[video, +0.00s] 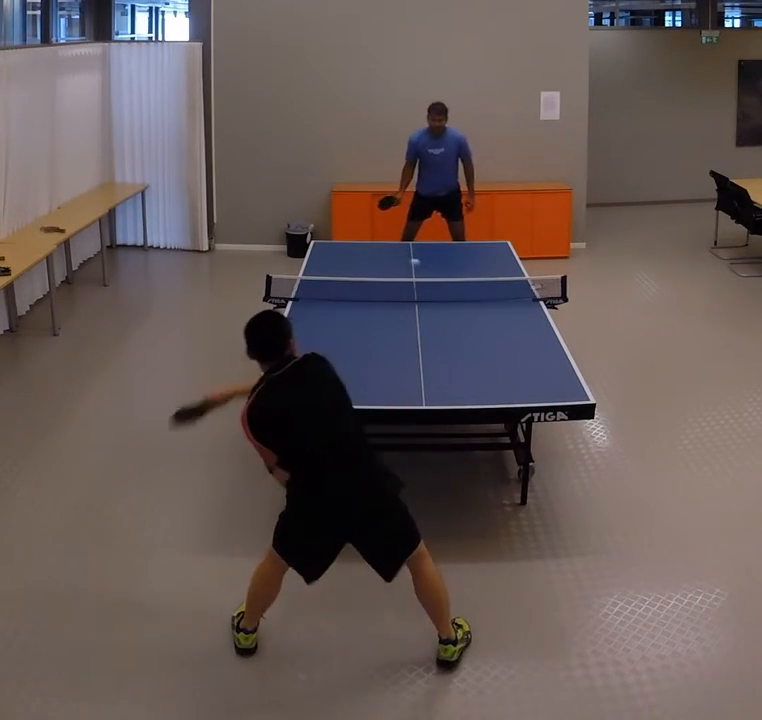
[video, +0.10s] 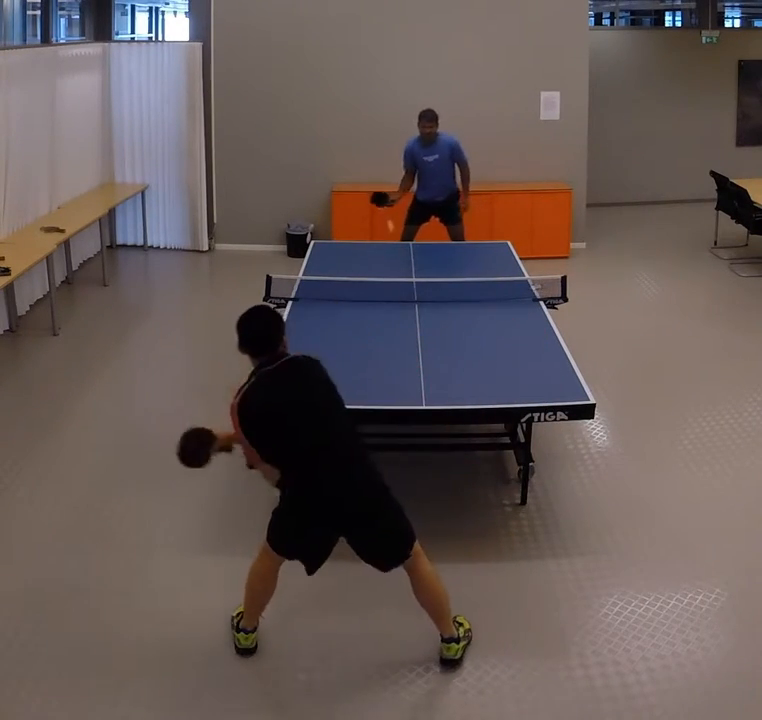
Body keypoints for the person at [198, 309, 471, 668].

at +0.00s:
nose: (293, 341)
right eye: (291, 337)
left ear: (252, 355)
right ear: (292, 342)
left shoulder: (256, 414)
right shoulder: (318, 366)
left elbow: (279, 469)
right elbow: (276, 385)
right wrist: (223, 397)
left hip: (314, 498)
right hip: (367, 482)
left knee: (277, 560)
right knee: (416, 555)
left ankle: (246, 629)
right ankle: (448, 639)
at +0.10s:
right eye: (277, 331)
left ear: (243, 348)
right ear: (282, 337)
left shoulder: (245, 403)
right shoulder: (310, 367)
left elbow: (267, 467)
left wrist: (289, 483)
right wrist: (233, 439)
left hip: (306, 495)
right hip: (358, 482)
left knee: (270, 556)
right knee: (412, 555)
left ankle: (246, 629)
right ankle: (451, 638)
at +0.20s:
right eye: (292, 322)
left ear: (251, 337)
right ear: (292, 329)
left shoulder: (247, 392)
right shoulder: (329, 370)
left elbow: (258, 470)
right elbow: (340, 431)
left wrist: (287, 476)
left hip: (295, 496)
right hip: (353, 488)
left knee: (266, 553)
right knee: (411, 558)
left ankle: (246, 628)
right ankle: (452, 639)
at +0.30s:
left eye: (276, 318)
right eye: (314, 315)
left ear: (273, 324)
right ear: (316, 321)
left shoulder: (258, 384)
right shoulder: (348, 369)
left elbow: (255, 465)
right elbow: (389, 431)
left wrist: (287, 457)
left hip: (294, 498)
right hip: (353, 495)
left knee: (270, 549)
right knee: (418, 564)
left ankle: (245, 628)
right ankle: (458, 653)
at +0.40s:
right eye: (347, 311)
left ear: (305, 318)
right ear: (348, 317)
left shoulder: (282, 379)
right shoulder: (378, 372)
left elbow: (267, 456)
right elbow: (416, 435)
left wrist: (293, 475)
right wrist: (380, 437)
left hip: (307, 498)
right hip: (368, 498)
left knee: (281, 551)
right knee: (431, 572)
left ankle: (246, 628)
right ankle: (463, 662)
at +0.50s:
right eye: (373, 307)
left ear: (331, 313)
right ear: (375, 313)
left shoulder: (304, 372)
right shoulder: (400, 374)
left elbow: (280, 443)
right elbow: (424, 444)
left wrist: (306, 460)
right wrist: (388, 426)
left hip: (318, 495)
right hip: (380, 499)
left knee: (287, 557)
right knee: (435, 575)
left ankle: (255, 634)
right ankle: (463, 662)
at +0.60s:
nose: (401, 319)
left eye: (399, 312)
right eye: (400, 313)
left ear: (354, 317)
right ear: (396, 319)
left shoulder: (321, 368)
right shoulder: (409, 390)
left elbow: (283, 423)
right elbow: (421, 464)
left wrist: (312, 442)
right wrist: (445, 449)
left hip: (320, 496)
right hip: (378, 506)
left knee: (292, 559)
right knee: (435, 577)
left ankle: (257, 638)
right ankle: (464, 663)